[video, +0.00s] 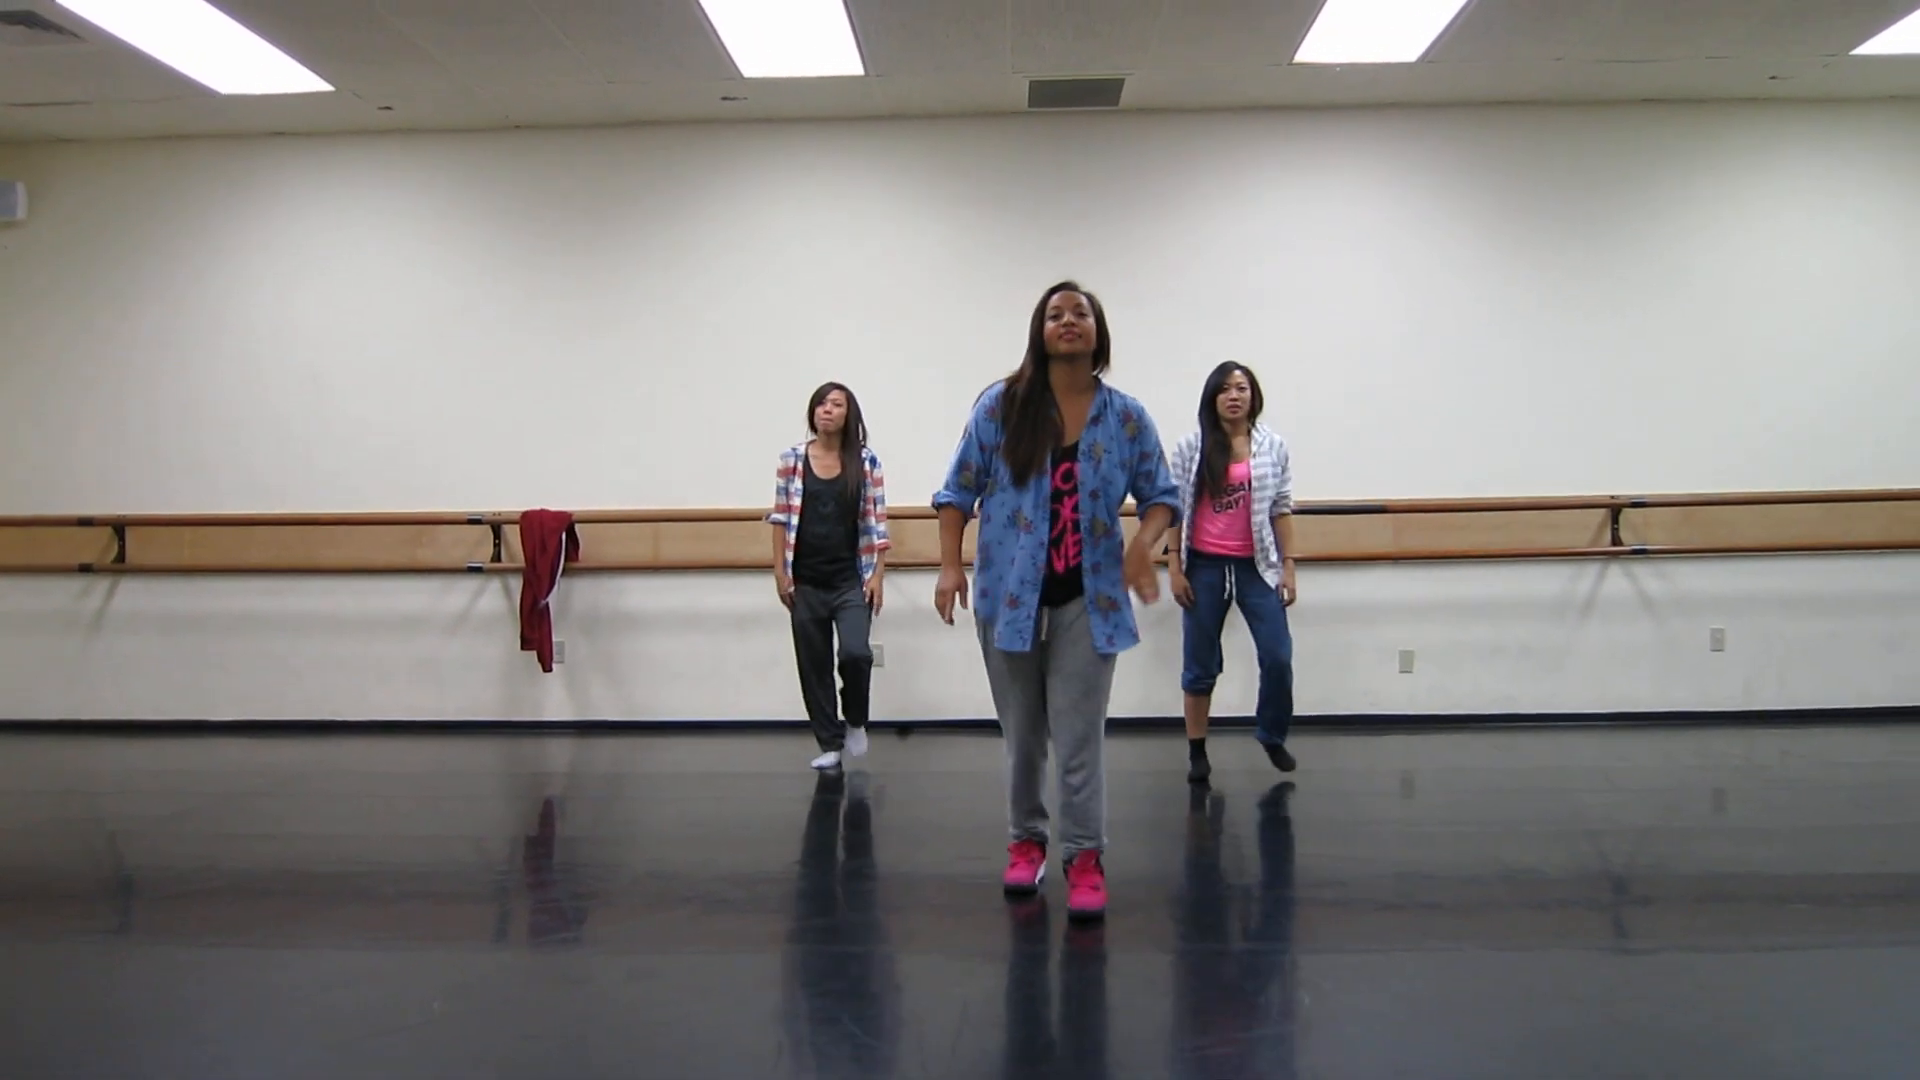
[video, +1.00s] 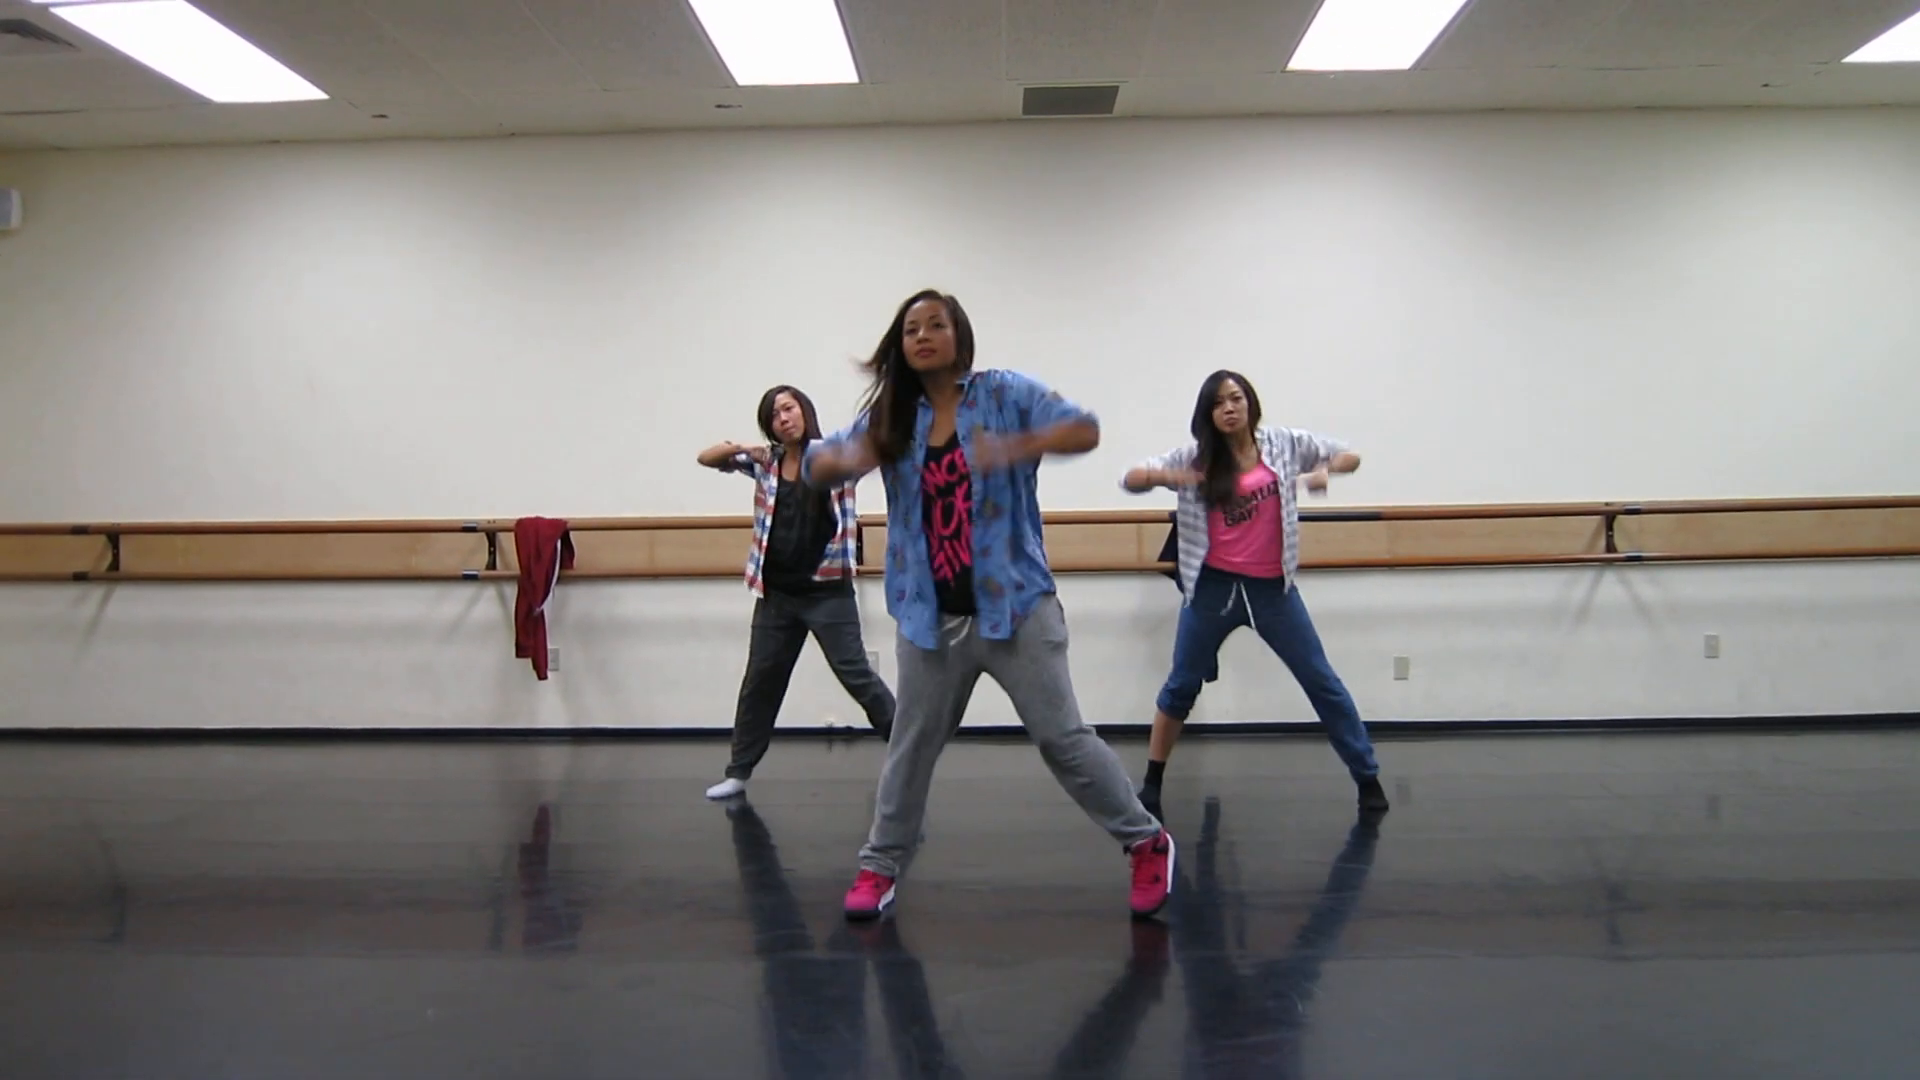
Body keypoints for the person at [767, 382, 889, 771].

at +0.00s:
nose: (828, 409)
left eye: (837, 405)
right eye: (822, 403)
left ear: (849, 415)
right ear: (812, 412)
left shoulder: (867, 461)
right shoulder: (793, 459)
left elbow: (878, 521)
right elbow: (780, 519)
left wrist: (877, 574)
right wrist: (780, 571)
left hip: (852, 582)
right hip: (806, 584)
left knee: (855, 654)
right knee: (814, 669)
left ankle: (856, 723)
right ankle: (829, 745)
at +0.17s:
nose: (827, 411)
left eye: (835, 406)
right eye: (820, 406)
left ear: (848, 418)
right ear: (810, 416)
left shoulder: (866, 462)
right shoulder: (792, 462)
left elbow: (894, 515)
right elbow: (765, 505)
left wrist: (887, 549)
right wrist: (766, 541)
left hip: (851, 588)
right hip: (802, 590)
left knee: (850, 669)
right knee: (813, 674)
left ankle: (850, 760)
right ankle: (829, 750)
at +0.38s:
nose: (821, 419)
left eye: (827, 412)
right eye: (813, 415)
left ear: (842, 421)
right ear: (804, 429)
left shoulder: (867, 470)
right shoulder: (791, 474)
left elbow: (913, 507)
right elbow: (749, 515)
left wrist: (915, 462)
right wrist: (756, 467)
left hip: (854, 596)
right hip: (802, 597)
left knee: (850, 676)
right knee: (812, 681)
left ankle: (847, 768)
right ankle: (838, 691)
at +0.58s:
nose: (813, 415)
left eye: (820, 408)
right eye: (805, 412)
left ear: (835, 415)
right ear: (798, 425)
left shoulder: (855, 459)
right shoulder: (793, 461)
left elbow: (839, 492)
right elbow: (775, 473)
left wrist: (802, 505)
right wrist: (778, 475)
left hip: (843, 590)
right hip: (795, 585)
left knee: (847, 684)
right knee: (779, 654)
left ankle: (844, 766)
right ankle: (770, 737)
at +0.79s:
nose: (795, 402)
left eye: (801, 393)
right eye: (788, 399)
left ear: (820, 400)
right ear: (782, 413)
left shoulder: (840, 436)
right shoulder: (774, 449)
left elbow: (868, 459)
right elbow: (722, 456)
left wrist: (810, 459)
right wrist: (762, 439)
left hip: (834, 579)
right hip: (780, 580)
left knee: (862, 657)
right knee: (757, 667)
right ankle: (730, 763)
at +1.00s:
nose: (783, 416)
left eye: (789, 407)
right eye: (775, 413)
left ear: (807, 411)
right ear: (771, 426)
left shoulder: (834, 453)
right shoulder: (763, 462)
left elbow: (875, 443)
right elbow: (706, 458)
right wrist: (740, 448)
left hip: (829, 593)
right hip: (776, 594)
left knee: (857, 677)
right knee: (759, 683)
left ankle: (909, 751)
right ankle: (738, 774)